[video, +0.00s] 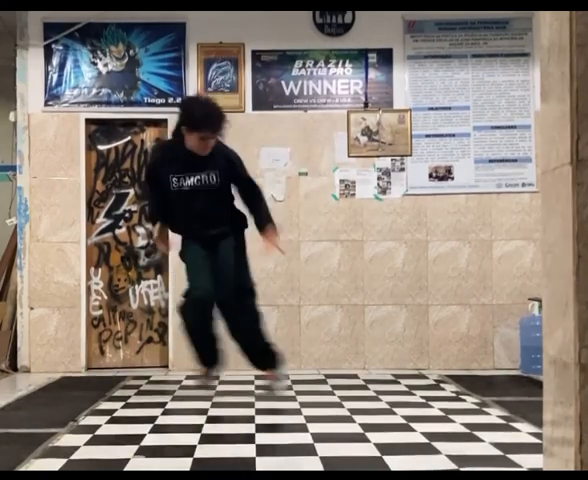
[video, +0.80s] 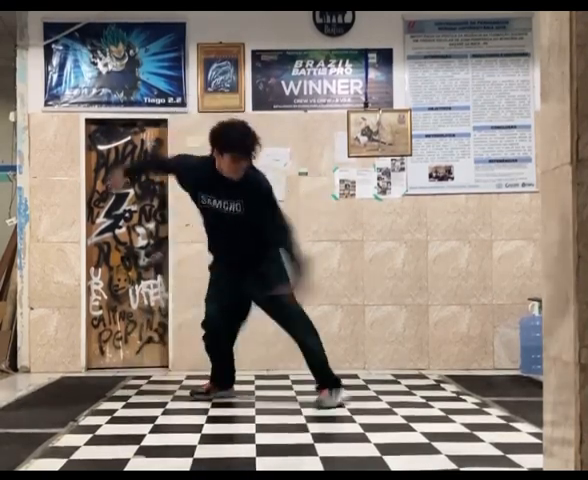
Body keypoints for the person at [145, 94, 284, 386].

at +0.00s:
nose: (209, 145)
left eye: (213, 138)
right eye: (203, 139)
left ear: (218, 132)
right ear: (185, 132)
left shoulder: (223, 156)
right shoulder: (163, 157)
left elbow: (247, 188)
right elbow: (155, 191)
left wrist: (265, 222)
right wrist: (161, 223)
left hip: (227, 234)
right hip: (193, 238)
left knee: (235, 297)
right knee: (200, 297)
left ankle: (267, 363)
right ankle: (209, 361)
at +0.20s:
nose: (196, 146)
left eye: (201, 140)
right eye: (190, 140)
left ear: (215, 133)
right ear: (183, 136)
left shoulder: (234, 161)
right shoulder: (174, 161)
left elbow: (253, 204)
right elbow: (163, 194)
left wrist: (255, 238)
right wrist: (165, 226)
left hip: (232, 248)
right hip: (195, 250)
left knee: (237, 308)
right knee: (205, 312)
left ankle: (270, 361)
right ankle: (228, 363)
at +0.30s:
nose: (170, 152)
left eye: (174, 145)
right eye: (167, 146)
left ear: (194, 140)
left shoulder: (233, 151)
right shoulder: (176, 178)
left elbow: (258, 172)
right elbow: (165, 226)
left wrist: (249, 209)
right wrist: (154, 267)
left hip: (228, 238)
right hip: (192, 241)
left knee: (203, 298)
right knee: (177, 298)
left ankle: (190, 365)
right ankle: (181, 364)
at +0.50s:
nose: (205, 149)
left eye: (209, 142)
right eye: (198, 143)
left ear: (217, 138)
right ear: (184, 140)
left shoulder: (234, 162)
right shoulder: (179, 173)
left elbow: (272, 186)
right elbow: (167, 213)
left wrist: (290, 211)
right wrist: (154, 242)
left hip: (238, 245)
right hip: (201, 251)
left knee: (218, 295)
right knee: (172, 312)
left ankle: (222, 361)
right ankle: (152, 372)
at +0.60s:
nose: (236, 156)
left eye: (239, 150)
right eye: (230, 150)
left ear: (242, 146)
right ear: (212, 144)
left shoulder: (248, 174)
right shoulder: (191, 164)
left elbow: (285, 194)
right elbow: (159, 169)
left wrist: (329, 203)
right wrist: (138, 179)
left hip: (244, 260)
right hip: (210, 261)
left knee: (249, 313)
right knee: (193, 317)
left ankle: (305, 373)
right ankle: (198, 370)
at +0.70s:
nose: (245, 170)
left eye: (249, 163)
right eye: (240, 164)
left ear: (252, 160)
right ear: (221, 159)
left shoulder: (260, 191)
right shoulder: (200, 173)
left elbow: (297, 206)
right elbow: (167, 144)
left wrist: (338, 210)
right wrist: (131, 130)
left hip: (261, 275)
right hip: (226, 275)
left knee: (287, 336)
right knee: (208, 334)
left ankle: (333, 386)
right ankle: (220, 378)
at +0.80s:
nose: (241, 167)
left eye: (245, 160)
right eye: (235, 160)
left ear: (251, 157)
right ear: (218, 155)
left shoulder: (255, 183)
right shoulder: (194, 171)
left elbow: (278, 227)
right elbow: (159, 164)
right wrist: (129, 171)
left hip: (264, 266)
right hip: (225, 269)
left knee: (296, 322)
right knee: (216, 327)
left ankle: (328, 384)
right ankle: (222, 381)